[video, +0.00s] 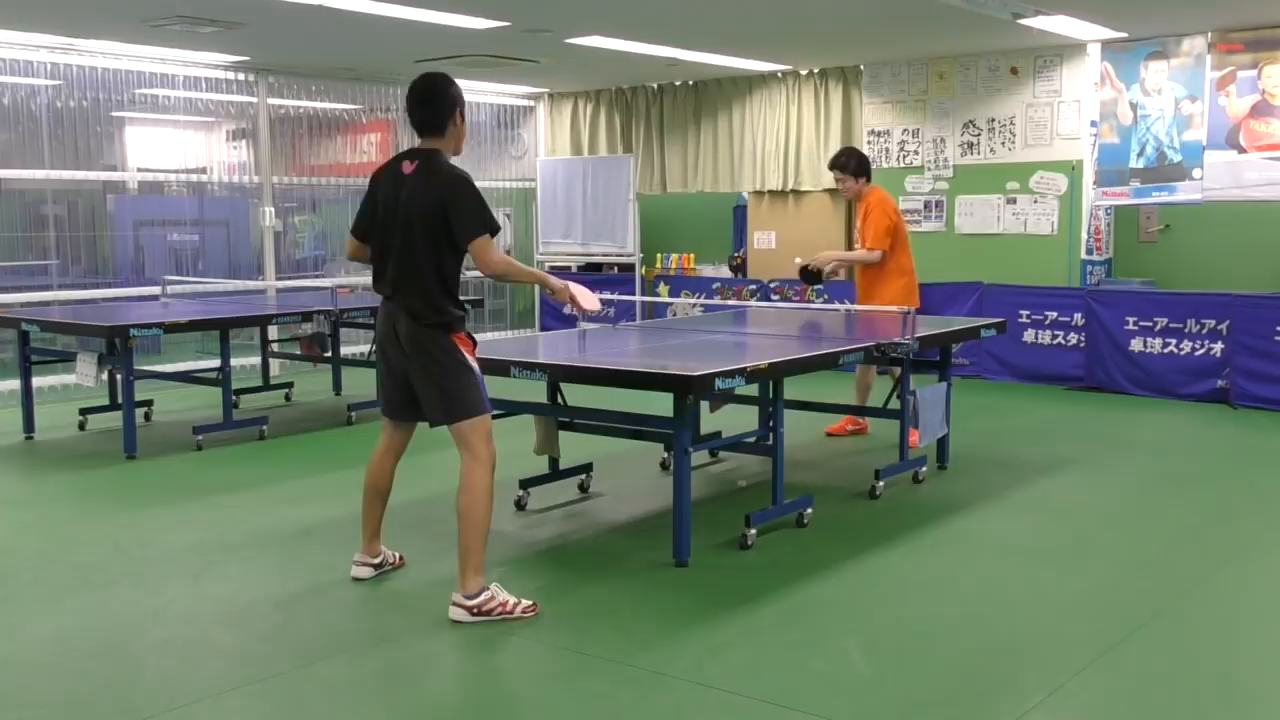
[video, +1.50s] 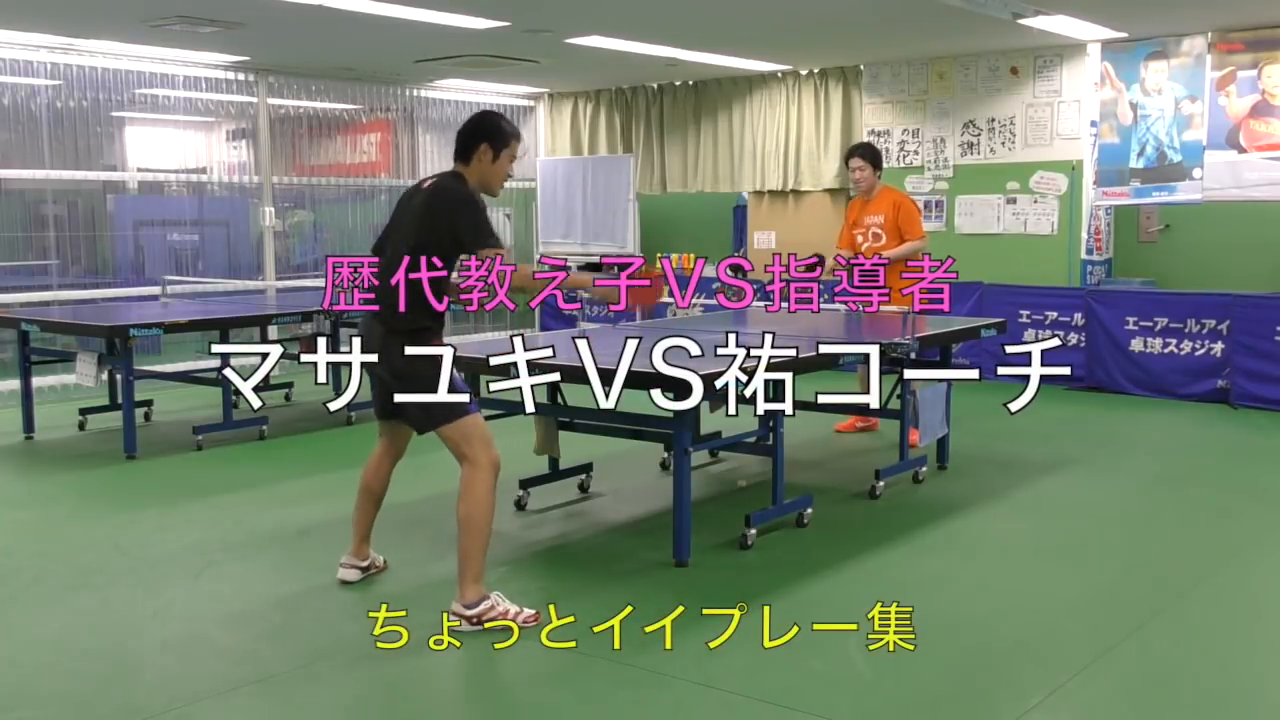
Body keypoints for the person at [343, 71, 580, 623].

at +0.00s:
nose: (467, 124)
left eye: (463, 114)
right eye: (465, 114)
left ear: (412, 121)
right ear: (457, 118)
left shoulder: (387, 173)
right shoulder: (453, 182)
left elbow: (356, 248)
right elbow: (490, 262)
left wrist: (410, 257)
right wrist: (552, 282)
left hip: (393, 326)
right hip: (438, 332)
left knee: (393, 437)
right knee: (478, 452)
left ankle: (369, 552)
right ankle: (472, 589)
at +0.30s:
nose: (500, 145)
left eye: (498, 134)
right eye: (498, 134)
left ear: (451, 131)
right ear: (486, 135)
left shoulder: (423, 176)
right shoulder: (450, 182)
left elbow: (384, 246)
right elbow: (425, 255)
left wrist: (447, 265)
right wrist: (469, 301)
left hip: (395, 328)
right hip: (424, 334)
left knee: (402, 438)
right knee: (476, 451)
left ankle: (370, 551)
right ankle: (472, 589)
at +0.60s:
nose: (510, 178)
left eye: (513, 168)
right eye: (509, 166)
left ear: (476, 159)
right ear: (483, 158)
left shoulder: (426, 193)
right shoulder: (451, 199)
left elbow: (383, 258)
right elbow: (459, 287)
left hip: (386, 340)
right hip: (405, 343)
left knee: (405, 441)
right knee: (464, 453)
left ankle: (370, 552)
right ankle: (465, 590)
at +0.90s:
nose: (499, 151)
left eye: (496, 143)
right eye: (498, 143)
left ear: (447, 145)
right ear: (488, 145)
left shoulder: (407, 191)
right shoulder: (493, 194)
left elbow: (364, 255)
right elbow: (568, 228)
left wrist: (418, 272)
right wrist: (577, 193)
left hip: (394, 343)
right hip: (445, 347)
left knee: (382, 451)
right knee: (502, 464)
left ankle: (367, 552)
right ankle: (475, 596)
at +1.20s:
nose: (509, 150)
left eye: (507, 140)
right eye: (508, 140)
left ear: (459, 137)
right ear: (496, 141)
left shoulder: (421, 183)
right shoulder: (473, 190)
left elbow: (380, 249)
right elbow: (464, 268)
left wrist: (434, 275)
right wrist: (523, 315)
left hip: (397, 342)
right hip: (437, 347)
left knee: (395, 443)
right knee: (492, 461)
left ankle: (359, 553)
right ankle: (474, 597)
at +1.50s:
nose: (509, 173)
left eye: (512, 163)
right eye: (508, 161)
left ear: (469, 154)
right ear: (482, 154)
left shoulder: (422, 191)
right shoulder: (458, 196)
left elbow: (384, 258)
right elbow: (502, 276)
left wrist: (452, 286)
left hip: (386, 344)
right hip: (418, 350)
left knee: (389, 446)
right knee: (481, 458)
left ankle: (357, 554)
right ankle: (472, 597)